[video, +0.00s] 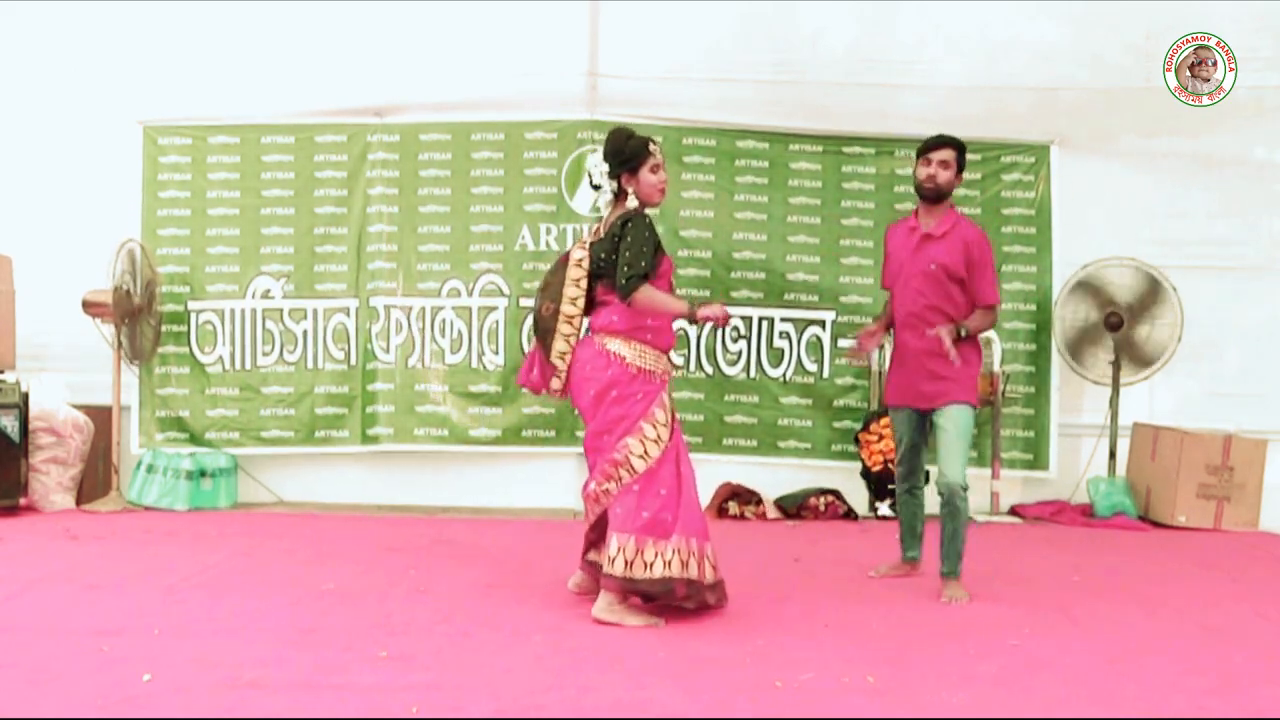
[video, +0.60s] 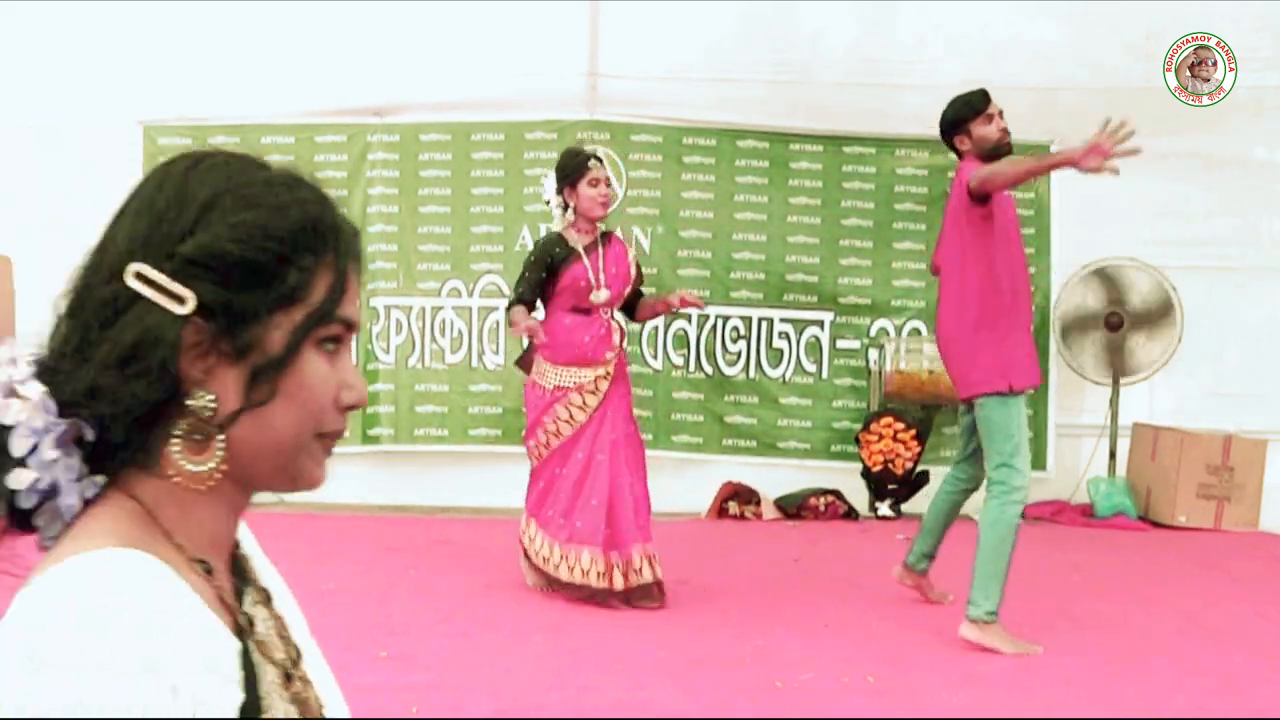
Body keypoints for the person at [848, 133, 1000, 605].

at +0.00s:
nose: (933, 171)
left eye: (944, 166)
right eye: (927, 163)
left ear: (958, 178)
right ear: (915, 170)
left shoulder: (970, 237)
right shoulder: (897, 234)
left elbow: (988, 310)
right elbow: (896, 300)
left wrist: (958, 329)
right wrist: (877, 327)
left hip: (954, 374)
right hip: (905, 371)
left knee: (950, 480)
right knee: (907, 474)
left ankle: (951, 575)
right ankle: (910, 557)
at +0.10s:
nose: (946, 170)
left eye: (956, 163)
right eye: (937, 162)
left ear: (968, 175)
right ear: (923, 173)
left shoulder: (987, 237)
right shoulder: (898, 235)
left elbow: (1004, 311)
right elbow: (880, 311)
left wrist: (968, 326)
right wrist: (923, 319)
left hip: (969, 377)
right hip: (914, 376)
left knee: (969, 487)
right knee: (896, 483)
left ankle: (952, 579)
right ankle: (904, 542)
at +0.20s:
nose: (961, 147)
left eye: (968, 139)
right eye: (950, 140)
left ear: (977, 148)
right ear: (931, 151)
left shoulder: (994, 208)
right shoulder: (914, 205)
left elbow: (1030, 277)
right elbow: (893, 269)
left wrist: (1009, 250)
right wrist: (956, 239)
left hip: (980, 355)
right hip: (926, 351)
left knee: (974, 476)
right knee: (927, 467)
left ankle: (948, 572)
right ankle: (900, 520)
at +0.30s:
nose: (973, 129)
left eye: (977, 121)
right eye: (961, 123)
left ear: (985, 129)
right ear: (939, 135)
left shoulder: (991, 191)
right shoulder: (929, 182)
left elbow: (1022, 257)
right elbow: (919, 240)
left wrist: (1014, 222)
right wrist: (973, 207)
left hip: (981, 338)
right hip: (938, 332)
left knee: (974, 458)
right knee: (955, 445)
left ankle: (928, 562)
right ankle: (910, 536)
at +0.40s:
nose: (990, 121)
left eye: (990, 113)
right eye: (977, 116)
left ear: (991, 122)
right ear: (952, 132)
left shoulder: (985, 187)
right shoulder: (952, 180)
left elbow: (983, 265)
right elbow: (939, 233)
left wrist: (1015, 250)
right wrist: (1000, 229)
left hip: (982, 340)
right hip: (965, 340)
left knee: (952, 458)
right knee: (983, 458)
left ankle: (910, 560)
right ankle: (968, 592)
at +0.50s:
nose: (996, 130)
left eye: (995, 121)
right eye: (984, 126)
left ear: (994, 134)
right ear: (958, 144)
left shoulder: (983, 197)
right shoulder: (968, 189)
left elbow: (980, 292)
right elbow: (953, 232)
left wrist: (1032, 295)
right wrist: (1033, 250)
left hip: (977, 355)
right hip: (984, 358)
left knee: (952, 474)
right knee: (1011, 475)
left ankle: (906, 567)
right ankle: (985, 610)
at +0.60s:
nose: (1003, 123)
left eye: (1000, 115)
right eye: (991, 119)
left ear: (976, 135)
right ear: (964, 137)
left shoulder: (972, 186)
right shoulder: (973, 174)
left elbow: (942, 264)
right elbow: (988, 178)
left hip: (981, 352)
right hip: (992, 353)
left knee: (969, 465)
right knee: (1009, 482)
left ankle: (915, 565)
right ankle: (982, 618)